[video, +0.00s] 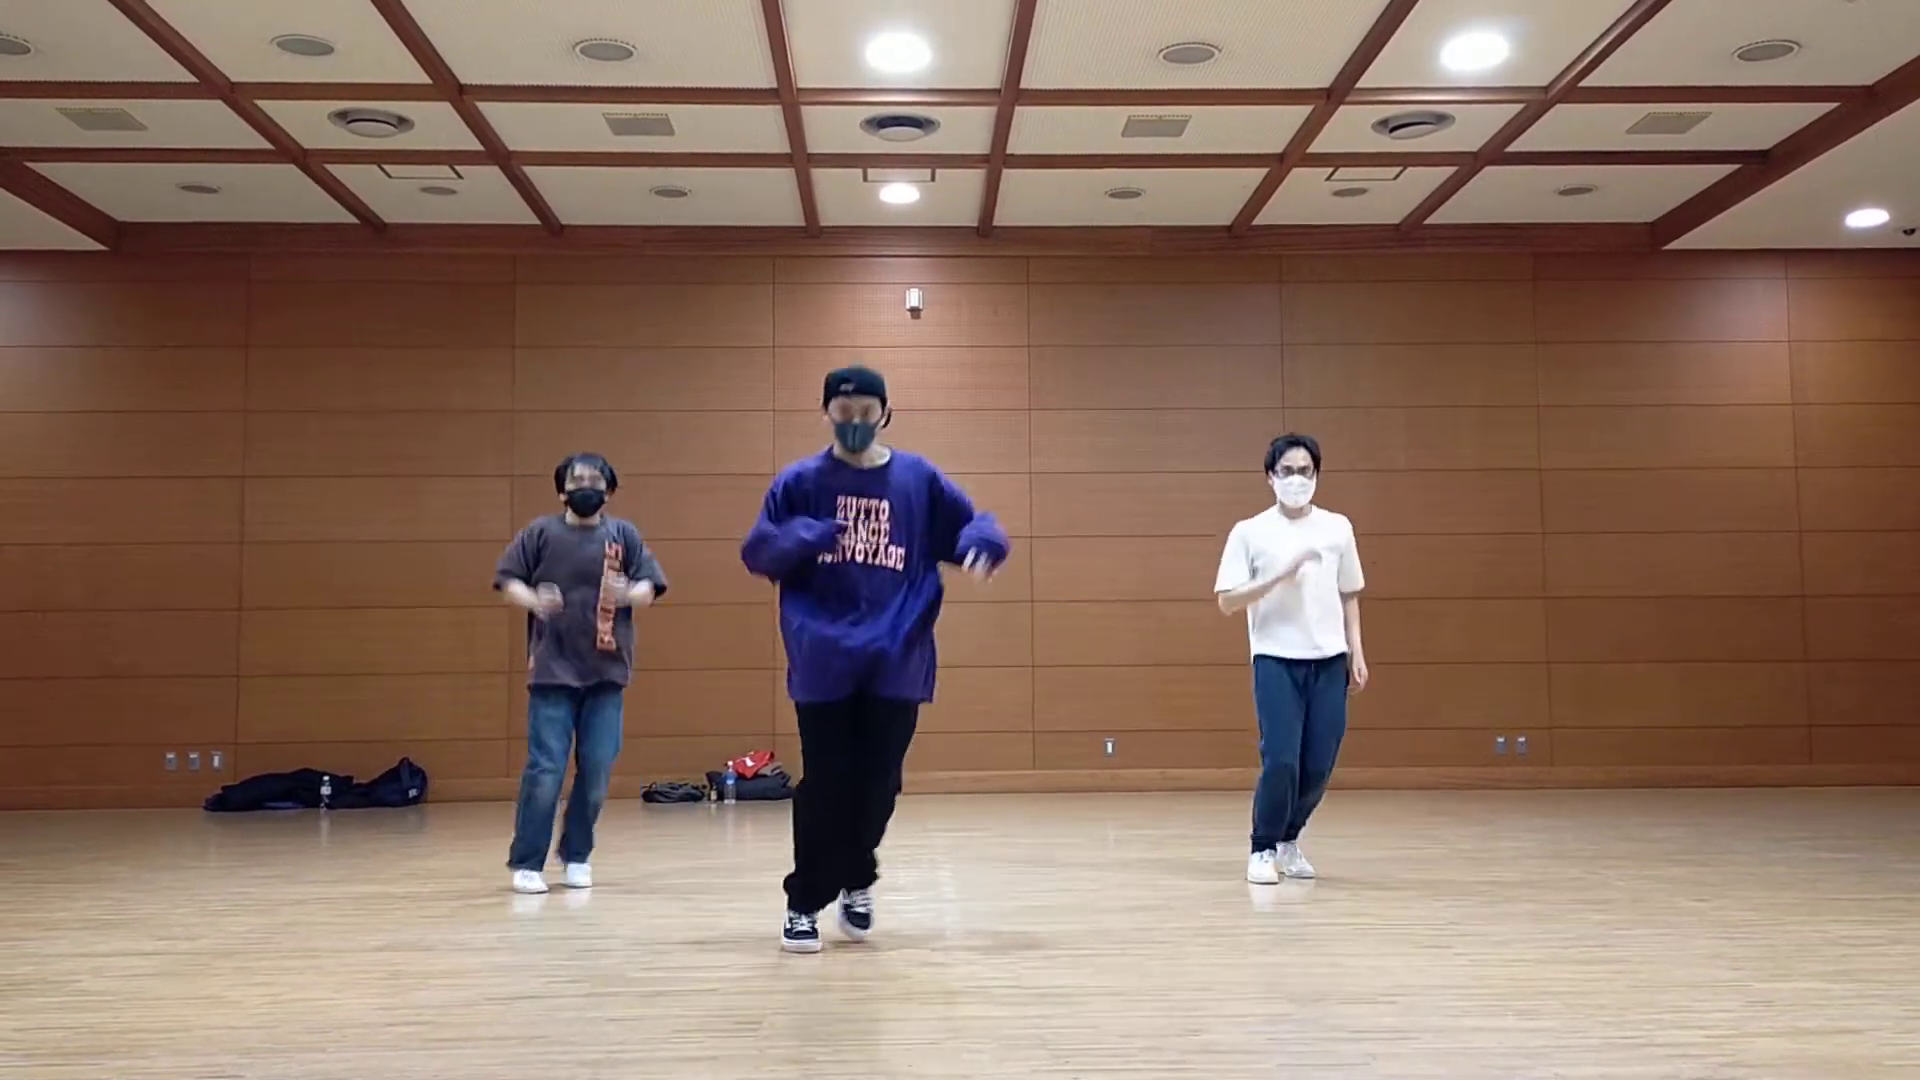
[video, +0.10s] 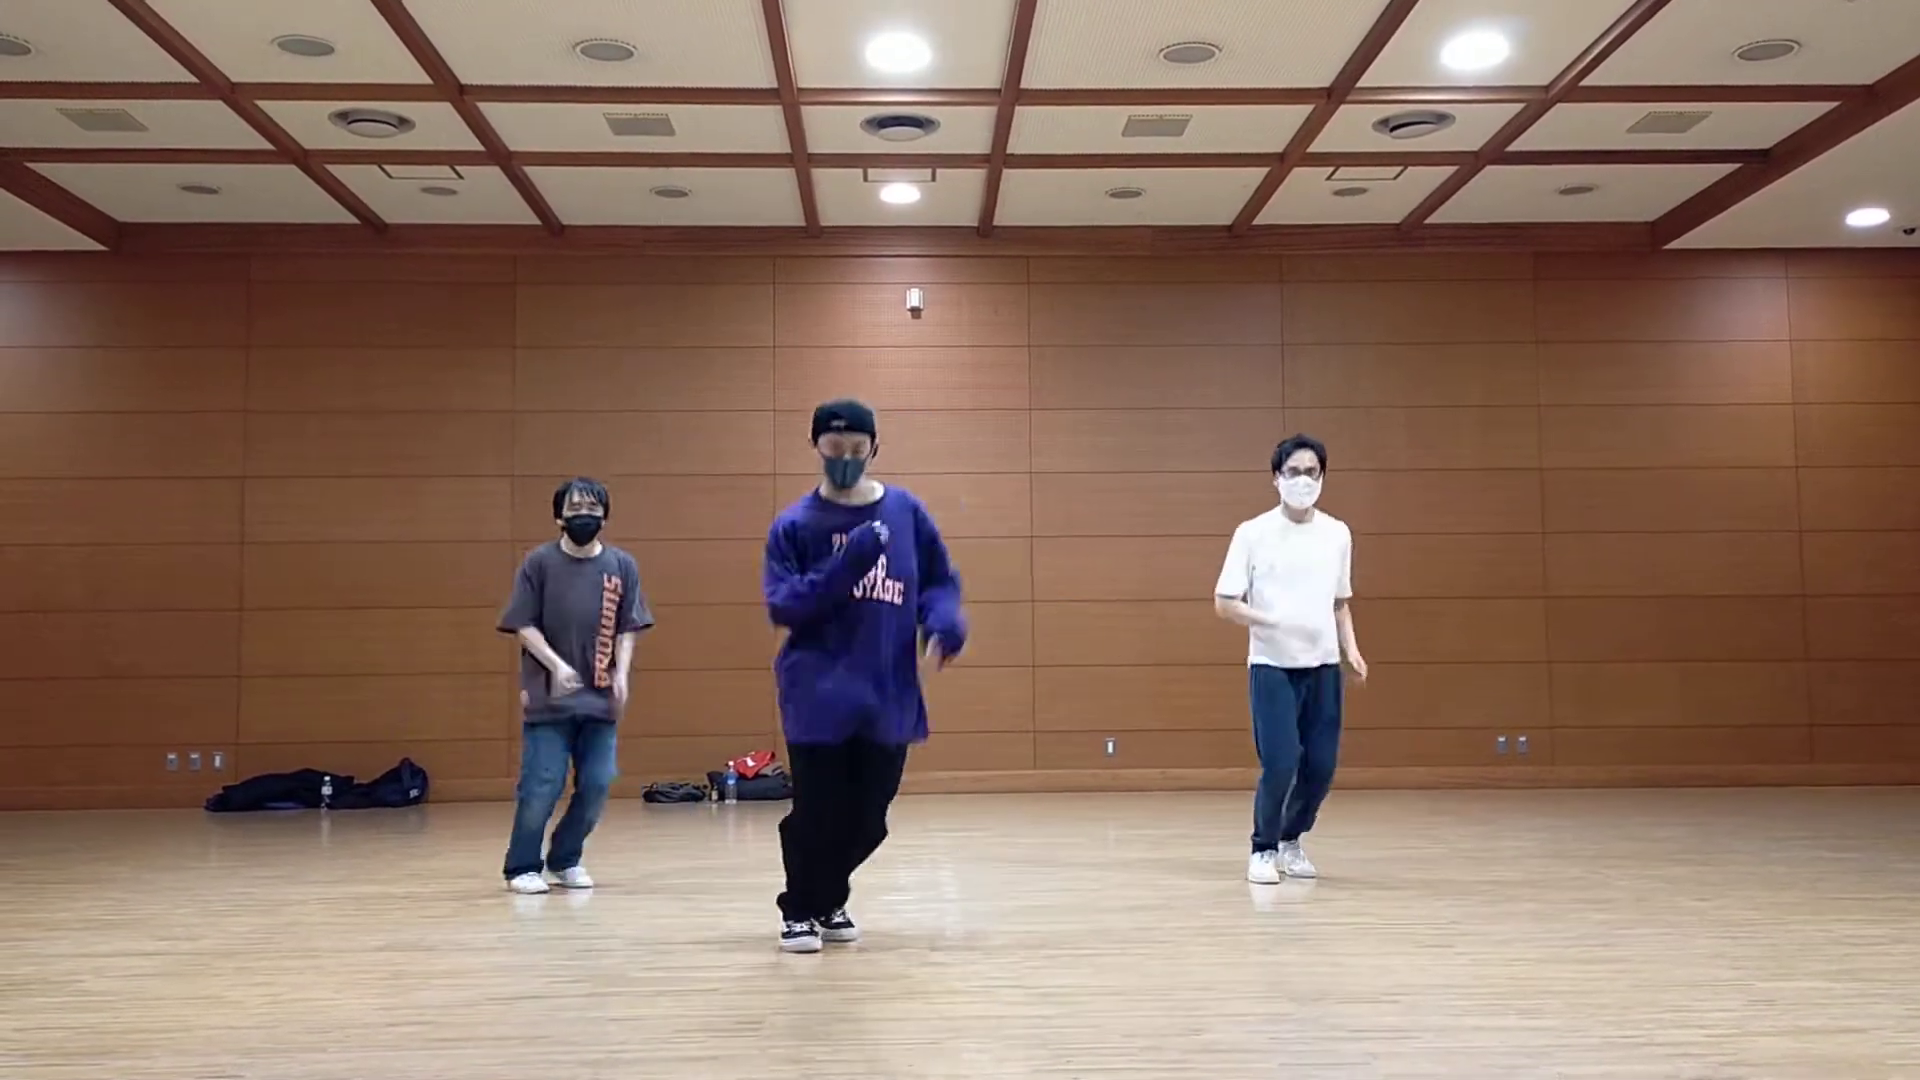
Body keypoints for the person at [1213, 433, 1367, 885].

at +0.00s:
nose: (1297, 479)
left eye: (1305, 471)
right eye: (1288, 472)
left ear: (1316, 477)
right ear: (1271, 478)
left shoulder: (1338, 528)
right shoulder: (1248, 533)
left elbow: (1350, 597)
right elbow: (1228, 602)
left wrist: (1356, 652)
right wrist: (1281, 576)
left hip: (1330, 659)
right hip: (1275, 660)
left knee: (1319, 764)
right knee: (1282, 757)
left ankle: (1287, 841)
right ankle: (1263, 851)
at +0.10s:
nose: (1304, 480)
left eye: (1312, 473)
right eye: (1294, 472)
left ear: (1322, 479)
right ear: (1276, 479)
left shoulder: (1337, 533)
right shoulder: (1251, 534)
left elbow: (1341, 603)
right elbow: (1225, 602)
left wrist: (1351, 648)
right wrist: (1259, 617)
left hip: (1324, 666)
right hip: (1272, 665)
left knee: (1321, 765)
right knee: (1282, 761)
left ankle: (1289, 842)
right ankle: (1263, 851)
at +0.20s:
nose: (1321, 463)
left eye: (1330, 456)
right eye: (1312, 455)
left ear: (1341, 463)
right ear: (1294, 460)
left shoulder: (1345, 517)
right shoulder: (1264, 513)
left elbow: (1338, 582)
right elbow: (1233, 580)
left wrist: (1348, 619)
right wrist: (1241, 645)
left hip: (1323, 654)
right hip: (1275, 652)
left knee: (1345, 743)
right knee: (1273, 752)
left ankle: (1315, 836)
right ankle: (1255, 848)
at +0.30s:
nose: (1339, 470)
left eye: (1349, 463)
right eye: (1331, 461)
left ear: (1359, 471)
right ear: (1313, 462)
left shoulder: (1355, 522)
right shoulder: (1280, 511)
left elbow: (1341, 583)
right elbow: (1230, 566)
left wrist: (1349, 604)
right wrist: (1219, 629)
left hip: (1317, 648)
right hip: (1268, 644)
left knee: (1351, 732)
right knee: (1265, 745)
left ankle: (1371, 837)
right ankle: (1229, 843)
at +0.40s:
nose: (1356, 502)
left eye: (1366, 494)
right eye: (1347, 491)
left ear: (1375, 503)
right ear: (1330, 493)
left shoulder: (1366, 555)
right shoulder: (1295, 532)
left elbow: (1346, 625)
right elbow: (1225, 561)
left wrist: (1361, 621)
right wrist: (1217, 624)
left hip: (1312, 673)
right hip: (1266, 661)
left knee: (1365, 750)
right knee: (1269, 761)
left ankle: (1413, 844)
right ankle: (1215, 850)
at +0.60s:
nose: (1377, 506)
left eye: (1387, 498)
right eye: (1368, 496)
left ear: (1400, 505)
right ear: (1354, 500)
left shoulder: (1405, 558)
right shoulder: (1321, 535)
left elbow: (1401, 622)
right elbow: (1253, 549)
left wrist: (1396, 633)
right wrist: (1274, 602)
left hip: (1354, 680)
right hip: (1302, 673)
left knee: (1405, 746)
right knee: (1289, 769)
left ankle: (1424, 855)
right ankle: (1222, 844)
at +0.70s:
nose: (1388, 472)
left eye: (1397, 463)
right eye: (1379, 463)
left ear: (1411, 469)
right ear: (1364, 467)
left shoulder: (1428, 525)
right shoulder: (1337, 512)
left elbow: (1432, 587)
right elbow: (1271, 536)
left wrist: (1420, 624)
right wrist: (1309, 566)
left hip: (1392, 658)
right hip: (1336, 649)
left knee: (1415, 748)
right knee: (1320, 741)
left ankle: (1426, 854)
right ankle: (1273, 819)